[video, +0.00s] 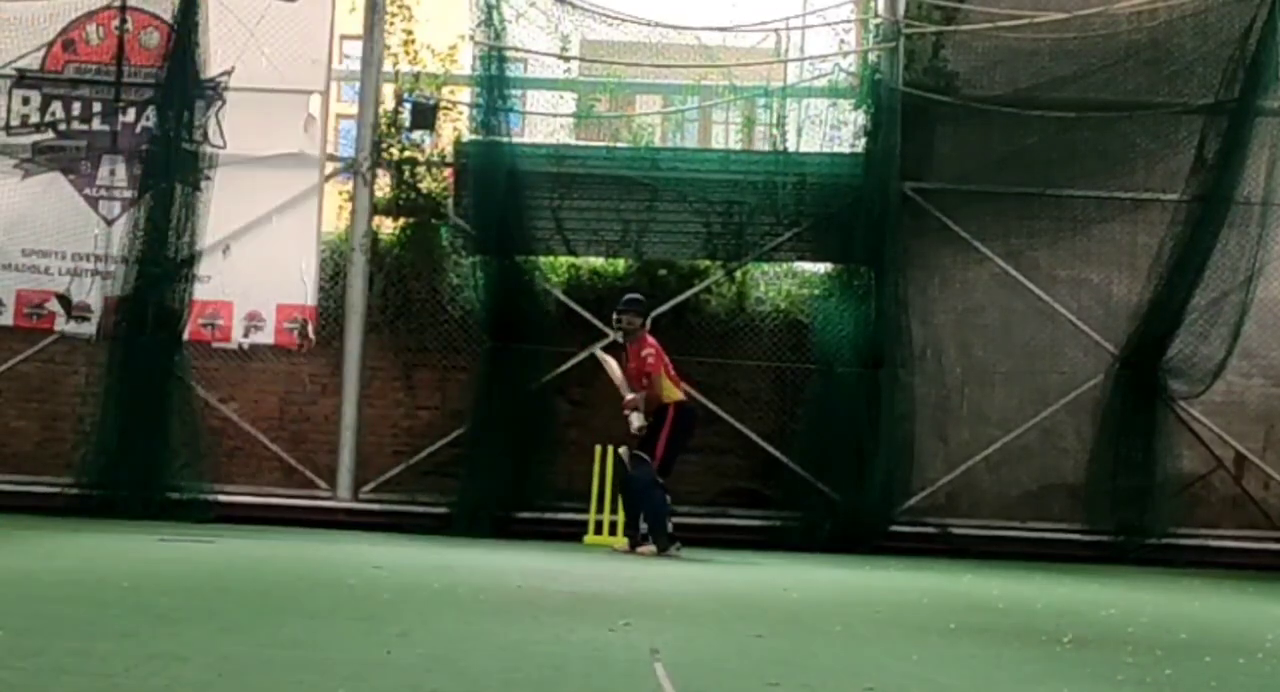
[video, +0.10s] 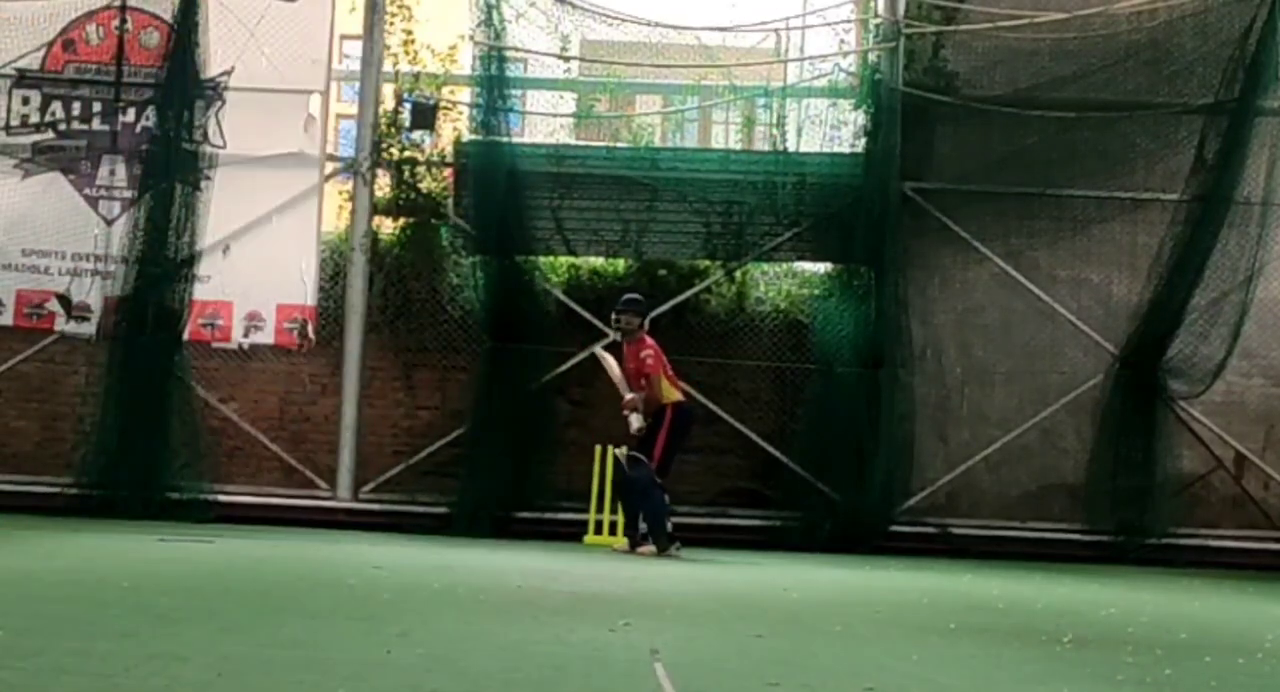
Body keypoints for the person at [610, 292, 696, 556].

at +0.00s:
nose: (626, 322)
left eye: (632, 317)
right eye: (622, 316)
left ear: (643, 321)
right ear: (617, 319)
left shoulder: (648, 349)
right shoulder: (631, 346)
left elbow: (656, 391)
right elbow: (634, 385)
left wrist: (639, 404)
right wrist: (635, 411)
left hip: (674, 405)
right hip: (657, 405)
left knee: (652, 469)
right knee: (638, 465)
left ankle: (662, 538)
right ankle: (639, 535)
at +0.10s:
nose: (625, 322)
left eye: (632, 317)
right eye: (621, 316)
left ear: (642, 321)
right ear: (616, 319)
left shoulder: (647, 350)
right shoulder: (629, 346)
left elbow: (656, 392)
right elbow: (634, 383)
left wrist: (637, 399)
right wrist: (634, 412)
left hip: (673, 405)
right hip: (655, 405)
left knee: (651, 469)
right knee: (637, 464)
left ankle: (661, 537)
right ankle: (639, 533)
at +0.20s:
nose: (623, 323)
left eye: (630, 318)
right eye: (619, 317)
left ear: (639, 322)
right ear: (614, 321)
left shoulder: (645, 351)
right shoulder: (625, 348)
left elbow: (655, 393)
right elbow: (628, 385)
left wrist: (635, 400)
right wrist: (632, 415)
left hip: (672, 406)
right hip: (653, 407)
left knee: (649, 470)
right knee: (632, 466)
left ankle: (661, 538)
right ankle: (638, 535)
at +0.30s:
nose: (622, 325)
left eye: (628, 320)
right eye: (617, 319)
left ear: (637, 324)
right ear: (611, 323)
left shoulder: (641, 353)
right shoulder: (621, 351)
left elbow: (651, 395)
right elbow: (622, 387)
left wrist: (633, 401)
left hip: (670, 407)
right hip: (650, 408)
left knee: (646, 471)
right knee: (632, 465)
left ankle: (660, 538)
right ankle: (640, 534)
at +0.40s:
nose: (617, 329)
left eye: (623, 324)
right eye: (613, 324)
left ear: (632, 328)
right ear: (607, 326)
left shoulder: (637, 356)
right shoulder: (617, 353)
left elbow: (647, 399)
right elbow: (619, 385)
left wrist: (628, 404)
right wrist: (624, 407)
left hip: (667, 409)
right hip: (648, 409)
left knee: (642, 471)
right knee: (627, 465)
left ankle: (661, 539)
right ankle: (611, 532)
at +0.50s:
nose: (609, 333)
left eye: (615, 328)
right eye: (605, 327)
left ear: (625, 331)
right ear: (599, 330)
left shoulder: (630, 360)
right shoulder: (611, 356)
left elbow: (639, 404)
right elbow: (614, 387)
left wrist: (622, 404)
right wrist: (616, 412)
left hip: (661, 411)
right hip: (642, 412)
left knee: (636, 473)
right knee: (616, 469)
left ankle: (661, 540)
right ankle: (603, 535)